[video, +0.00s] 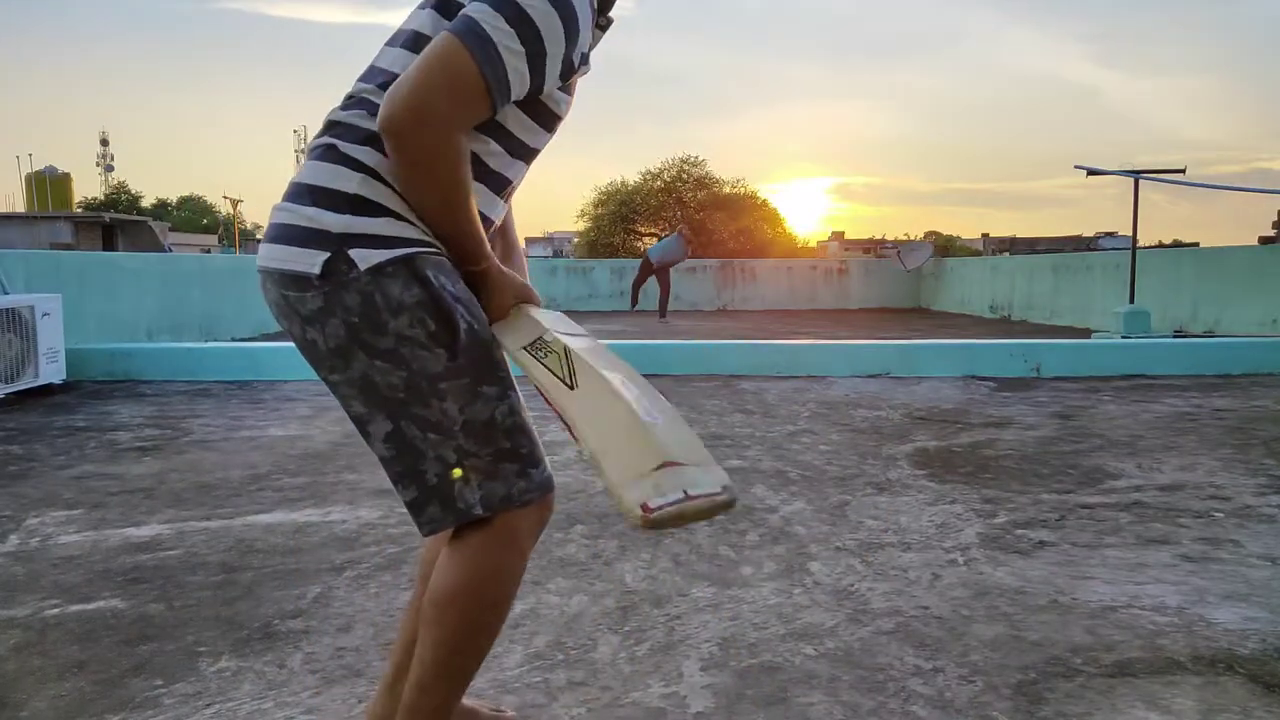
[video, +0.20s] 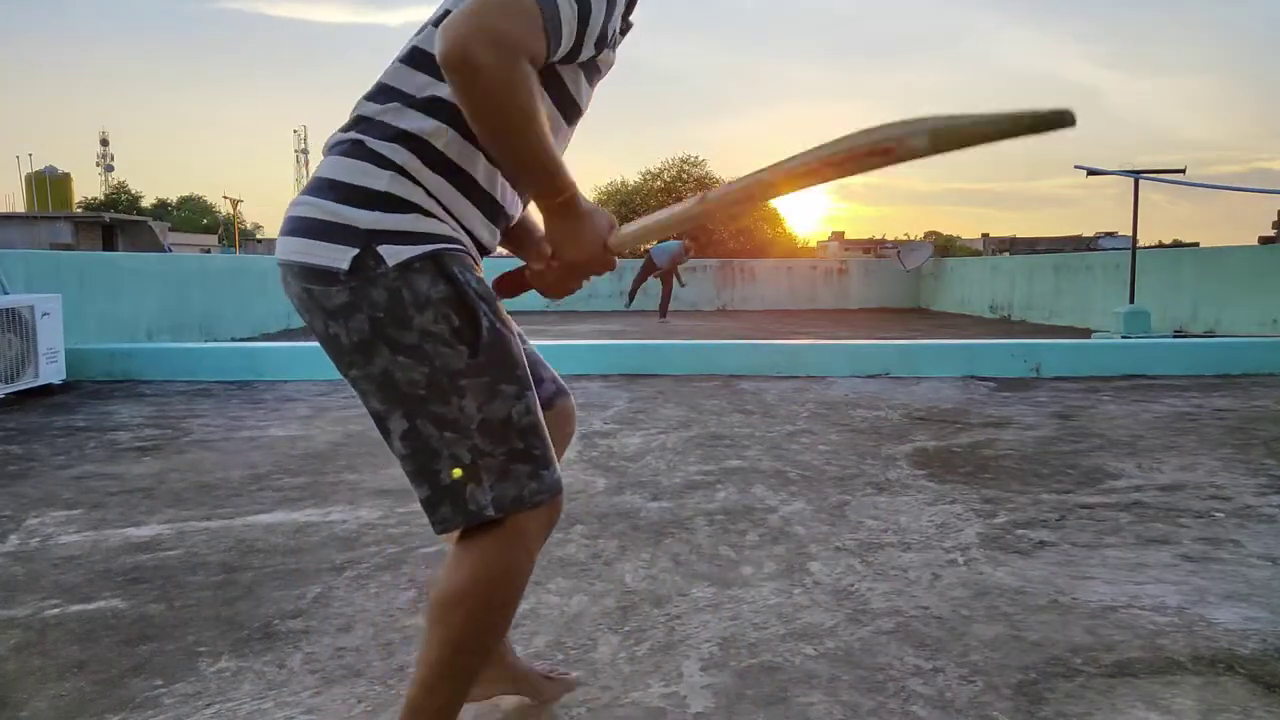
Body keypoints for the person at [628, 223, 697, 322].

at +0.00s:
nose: (691, 239)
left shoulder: (686, 254)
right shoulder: (680, 238)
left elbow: (671, 262)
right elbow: (681, 230)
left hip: (662, 265)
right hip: (651, 259)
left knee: (665, 289)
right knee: (638, 282)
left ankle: (662, 317)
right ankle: (633, 305)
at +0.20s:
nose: (689, 245)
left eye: (692, 242)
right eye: (688, 241)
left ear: (694, 245)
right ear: (685, 241)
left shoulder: (688, 254)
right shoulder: (676, 250)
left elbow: (672, 264)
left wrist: (660, 272)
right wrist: (680, 282)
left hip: (667, 266)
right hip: (653, 259)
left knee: (667, 290)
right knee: (639, 280)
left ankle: (662, 316)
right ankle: (630, 300)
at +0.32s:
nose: (693, 242)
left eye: (695, 240)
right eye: (691, 239)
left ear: (696, 242)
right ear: (686, 238)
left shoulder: (691, 251)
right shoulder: (677, 246)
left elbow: (676, 260)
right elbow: (672, 260)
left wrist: (667, 272)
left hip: (669, 266)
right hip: (655, 264)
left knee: (668, 293)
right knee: (648, 285)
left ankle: (663, 316)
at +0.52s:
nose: (690, 225)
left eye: (693, 223)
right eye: (689, 222)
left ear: (696, 225)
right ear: (685, 223)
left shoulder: (695, 240)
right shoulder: (677, 234)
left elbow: (689, 256)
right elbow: (674, 253)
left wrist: (682, 268)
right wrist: (676, 268)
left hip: (678, 263)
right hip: (666, 260)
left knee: (678, 286)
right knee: (668, 286)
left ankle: (665, 311)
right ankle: (675, 311)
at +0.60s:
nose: (691, 219)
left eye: (694, 216)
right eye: (689, 215)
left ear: (696, 218)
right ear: (684, 216)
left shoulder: (697, 233)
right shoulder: (676, 229)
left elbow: (695, 250)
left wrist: (690, 263)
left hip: (683, 261)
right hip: (669, 259)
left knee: (684, 286)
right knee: (671, 287)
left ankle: (671, 310)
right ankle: (675, 313)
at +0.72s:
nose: (692, 211)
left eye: (695, 208)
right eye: (690, 208)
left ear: (698, 211)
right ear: (686, 210)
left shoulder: (700, 225)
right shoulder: (680, 222)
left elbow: (702, 241)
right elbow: (670, 233)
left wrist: (702, 256)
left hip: (689, 258)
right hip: (675, 257)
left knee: (691, 285)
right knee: (675, 287)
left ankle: (685, 312)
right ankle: (675, 314)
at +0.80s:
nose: (695, 210)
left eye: (698, 208)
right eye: (693, 207)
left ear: (701, 210)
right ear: (689, 209)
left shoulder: (703, 224)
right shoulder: (682, 220)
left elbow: (708, 240)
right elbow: (671, 228)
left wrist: (710, 254)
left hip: (693, 258)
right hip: (679, 256)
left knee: (696, 286)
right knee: (677, 287)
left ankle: (701, 313)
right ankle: (676, 314)